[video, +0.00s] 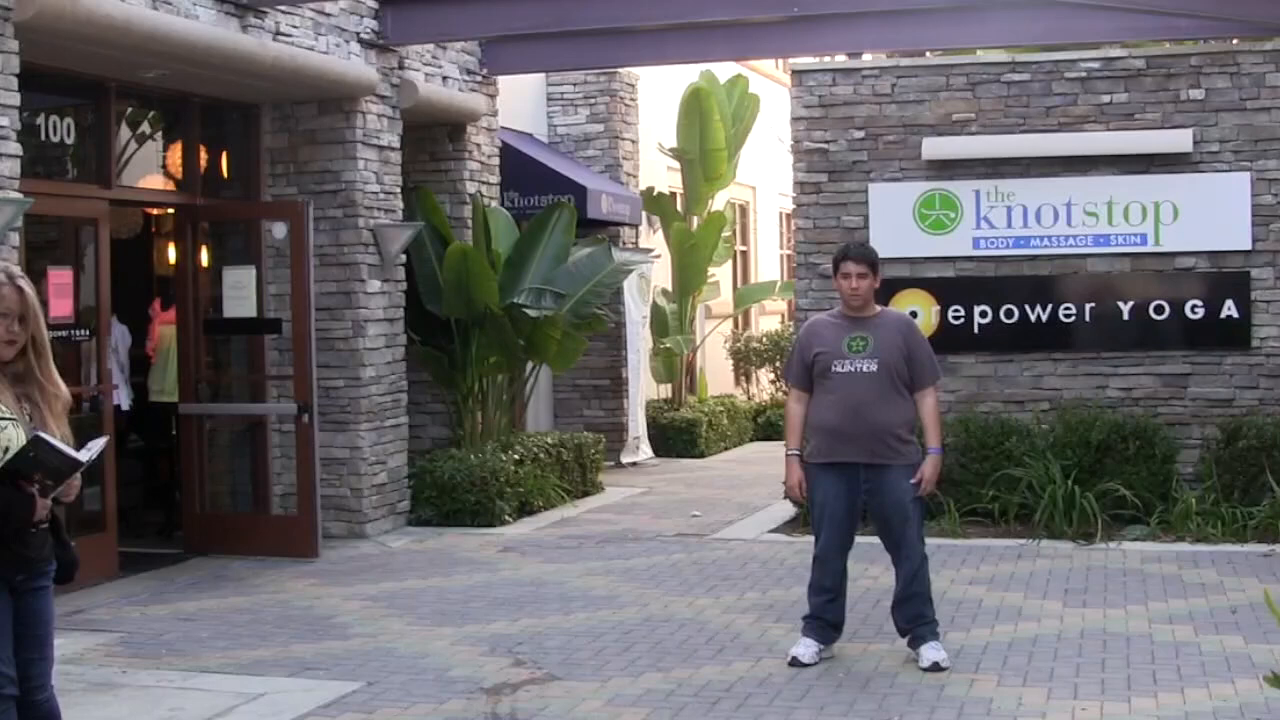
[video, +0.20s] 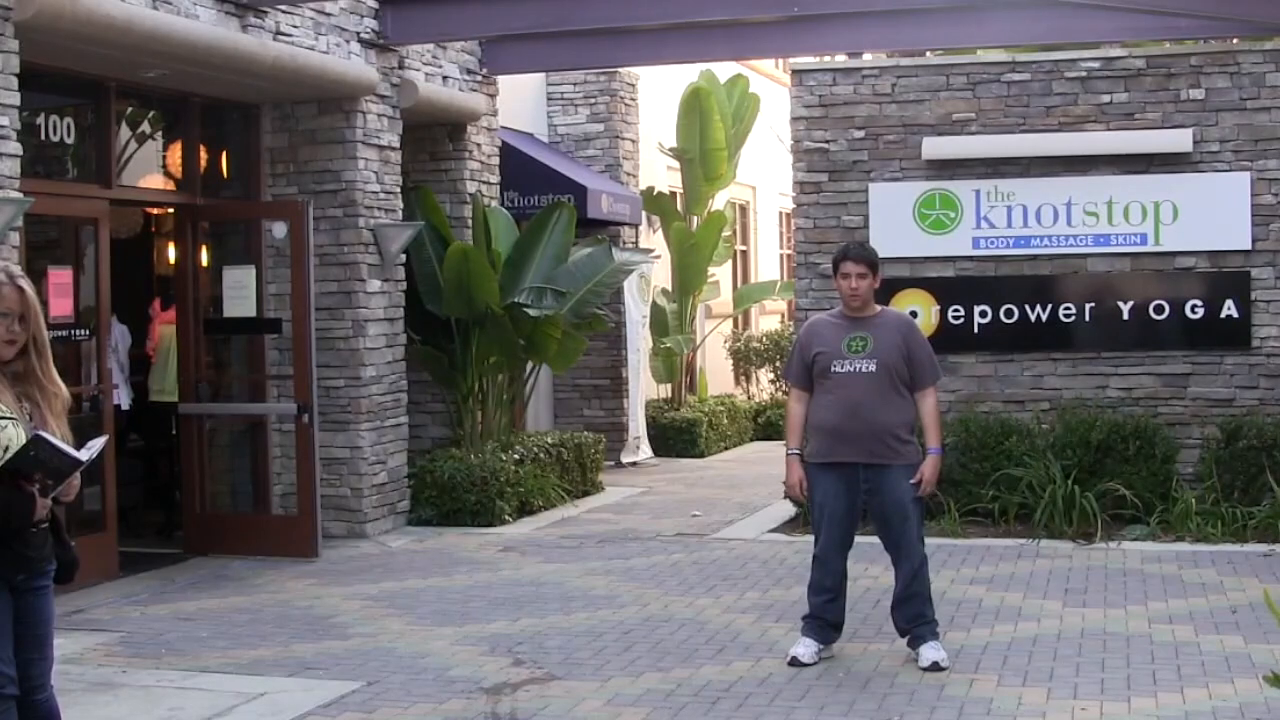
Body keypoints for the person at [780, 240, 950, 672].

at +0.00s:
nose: (853, 284)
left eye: (861, 276)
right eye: (845, 277)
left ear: (876, 280)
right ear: (834, 281)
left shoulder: (902, 328)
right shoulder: (813, 332)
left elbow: (925, 392)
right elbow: (798, 396)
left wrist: (934, 453)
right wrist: (792, 458)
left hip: (894, 462)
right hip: (829, 463)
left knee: (910, 552)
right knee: (828, 552)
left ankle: (924, 636)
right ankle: (817, 634)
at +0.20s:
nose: (852, 284)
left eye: (861, 277)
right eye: (845, 277)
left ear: (876, 280)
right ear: (834, 282)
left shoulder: (902, 328)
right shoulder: (813, 332)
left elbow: (926, 392)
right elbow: (798, 396)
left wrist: (934, 454)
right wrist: (792, 457)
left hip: (894, 462)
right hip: (829, 463)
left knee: (910, 553)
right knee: (827, 552)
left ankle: (923, 636)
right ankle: (817, 634)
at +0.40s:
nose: (852, 284)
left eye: (860, 276)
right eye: (844, 277)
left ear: (876, 280)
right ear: (834, 282)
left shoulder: (902, 327)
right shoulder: (813, 331)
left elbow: (926, 392)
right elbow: (798, 395)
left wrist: (933, 453)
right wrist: (792, 457)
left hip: (893, 463)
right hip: (828, 464)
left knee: (910, 553)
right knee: (827, 552)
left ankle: (923, 636)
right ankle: (817, 634)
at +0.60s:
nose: (852, 283)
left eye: (861, 276)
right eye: (845, 276)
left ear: (876, 279)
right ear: (835, 281)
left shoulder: (902, 327)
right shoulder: (812, 331)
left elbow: (927, 390)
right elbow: (798, 394)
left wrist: (925, 448)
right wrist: (792, 454)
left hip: (893, 461)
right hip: (829, 463)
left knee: (909, 553)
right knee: (827, 552)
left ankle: (923, 636)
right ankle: (816, 634)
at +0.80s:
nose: (853, 283)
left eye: (861, 276)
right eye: (845, 276)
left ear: (877, 279)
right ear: (835, 281)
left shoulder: (902, 327)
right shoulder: (813, 331)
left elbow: (928, 388)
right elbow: (797, 392)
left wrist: (913, 435)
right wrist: (794, 447)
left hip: (893, 462)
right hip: (830, 463)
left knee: (909, 553)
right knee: (827, 551)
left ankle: (923, 636)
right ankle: (817, 634)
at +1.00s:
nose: (853, 282)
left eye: (861, 275)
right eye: (846, 274)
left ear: (876, 279)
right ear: (835, 280)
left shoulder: (902, 327)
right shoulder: (812, 331)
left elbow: (928, 387)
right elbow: (797, 387)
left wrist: (910, 420)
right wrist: (799, 430)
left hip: (894, 462)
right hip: (831, 463)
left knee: (909, 553)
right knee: (826, 551)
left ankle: (923, 636)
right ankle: (817, 634)